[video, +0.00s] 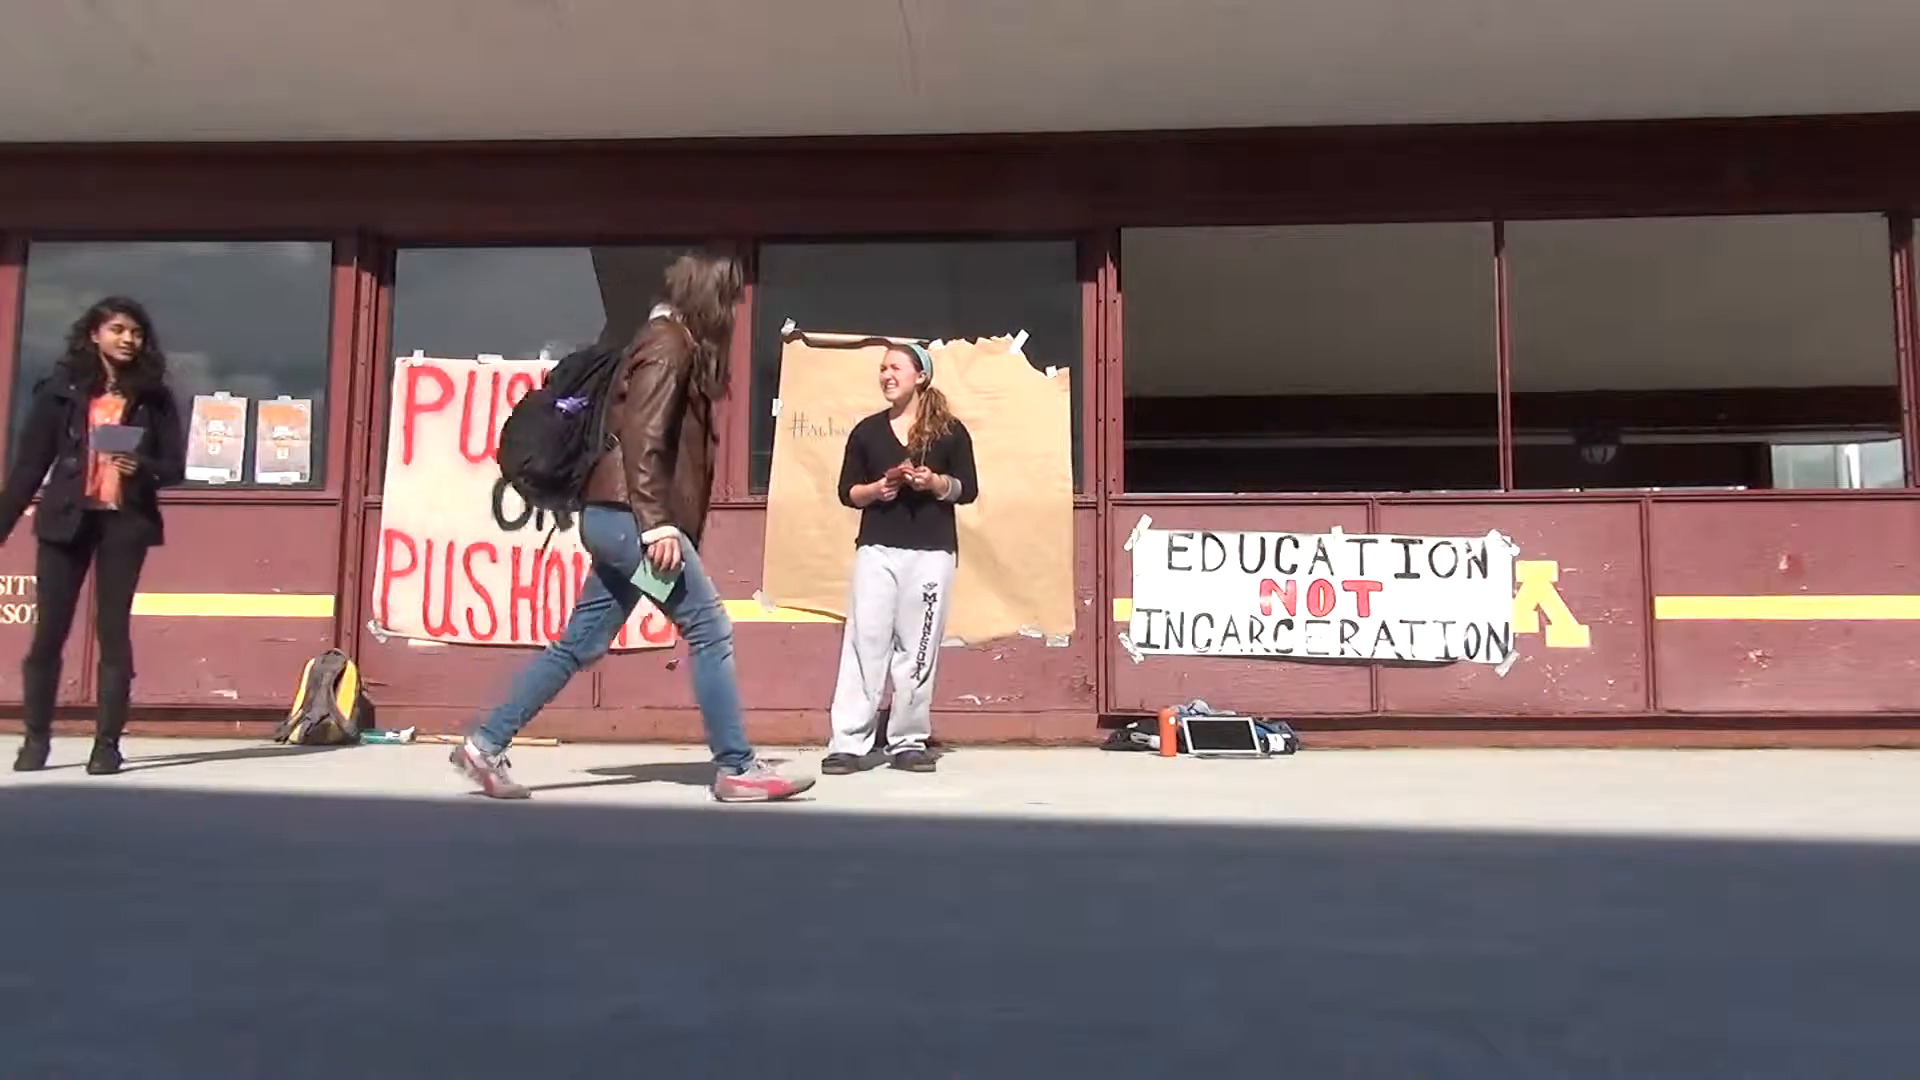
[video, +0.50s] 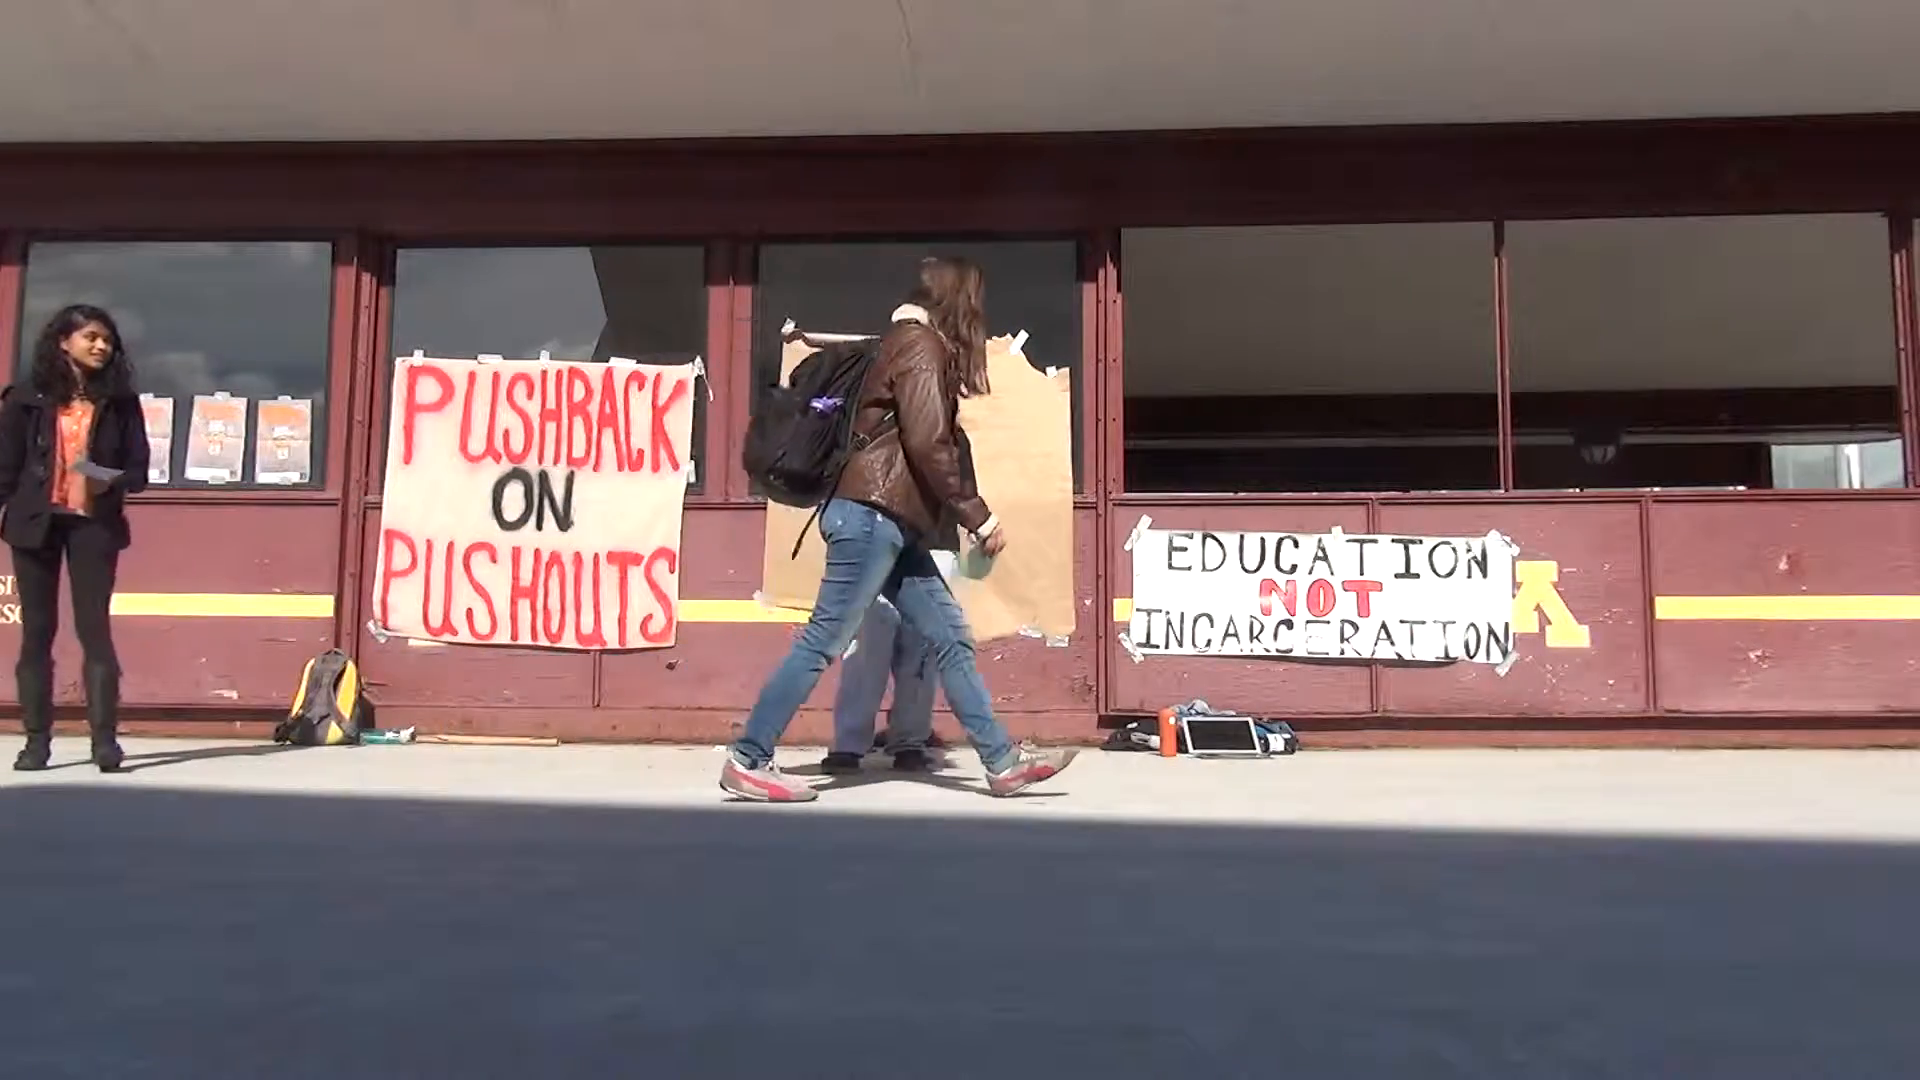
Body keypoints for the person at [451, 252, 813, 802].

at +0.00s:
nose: (734, 308)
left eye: (734, 297)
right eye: (731, 297)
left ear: (682, 289)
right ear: (711, 296)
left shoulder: (666, 340)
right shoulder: (669, 344)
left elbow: (647, 437)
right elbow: (644, 439)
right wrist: (656, 523)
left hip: (614, 516)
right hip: (631, 516)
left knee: (578, 646)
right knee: (710, 631)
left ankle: (484, 746)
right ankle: (736, 769)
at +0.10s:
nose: (784, 294)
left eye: (782, 282)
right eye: (780, 283)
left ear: (730, 279)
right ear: (762, 283)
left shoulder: (710, 332)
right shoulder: (726, 338)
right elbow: (708, 434)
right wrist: (726, 518)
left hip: (665, 505)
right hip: (689, 508)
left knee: (671, 647)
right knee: (748, 625)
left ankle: (551, 723)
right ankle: (741, 770)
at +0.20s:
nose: (833, 287)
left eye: (832, 274)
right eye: (829, 275)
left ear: (774, 268)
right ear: (811, 275)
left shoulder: (751, 324)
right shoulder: (775, 327)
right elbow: (769, 425)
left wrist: (785, 508)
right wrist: (798, 506)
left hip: (721, 495)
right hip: (735, 497)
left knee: (769, 628)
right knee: (758, 629)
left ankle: (658, 719)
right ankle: (740, 768)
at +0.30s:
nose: (878, 279)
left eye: (875, 268)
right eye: (875, 268)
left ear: (826, 263)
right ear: (860, 269)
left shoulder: (815, 320)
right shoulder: (820, 321)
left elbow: (835, 420)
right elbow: (824, 420)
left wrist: (866, 488)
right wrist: (862, 502)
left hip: (783, 497)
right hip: (774, 494)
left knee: (837, 619)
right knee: (769, 630)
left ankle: (789, 753)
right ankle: (740, 769)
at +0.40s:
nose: (927, 299)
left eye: (925, 288)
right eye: (923, 288)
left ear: (876, 281)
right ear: (908, 288)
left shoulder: (858, 329)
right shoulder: (869, 333)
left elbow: (869, 430)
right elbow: (879, 434)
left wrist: (914, 471)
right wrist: (927, 508)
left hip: (825, 507)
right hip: (820, 505)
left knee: (892, 630)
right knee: (788, 637)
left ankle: (929, 762)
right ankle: (741, 768)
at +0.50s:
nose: (979, 312)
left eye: (978, 300)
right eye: (976, 300)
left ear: (927, 294)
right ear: (961, 300)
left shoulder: (912, 342)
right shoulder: (922, 346)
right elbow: (928, 442)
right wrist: (978, 516)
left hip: (886, 519)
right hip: (868, 512)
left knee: (949, 638)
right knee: (823, 641)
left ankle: (1003, 762)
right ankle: (746, 761)